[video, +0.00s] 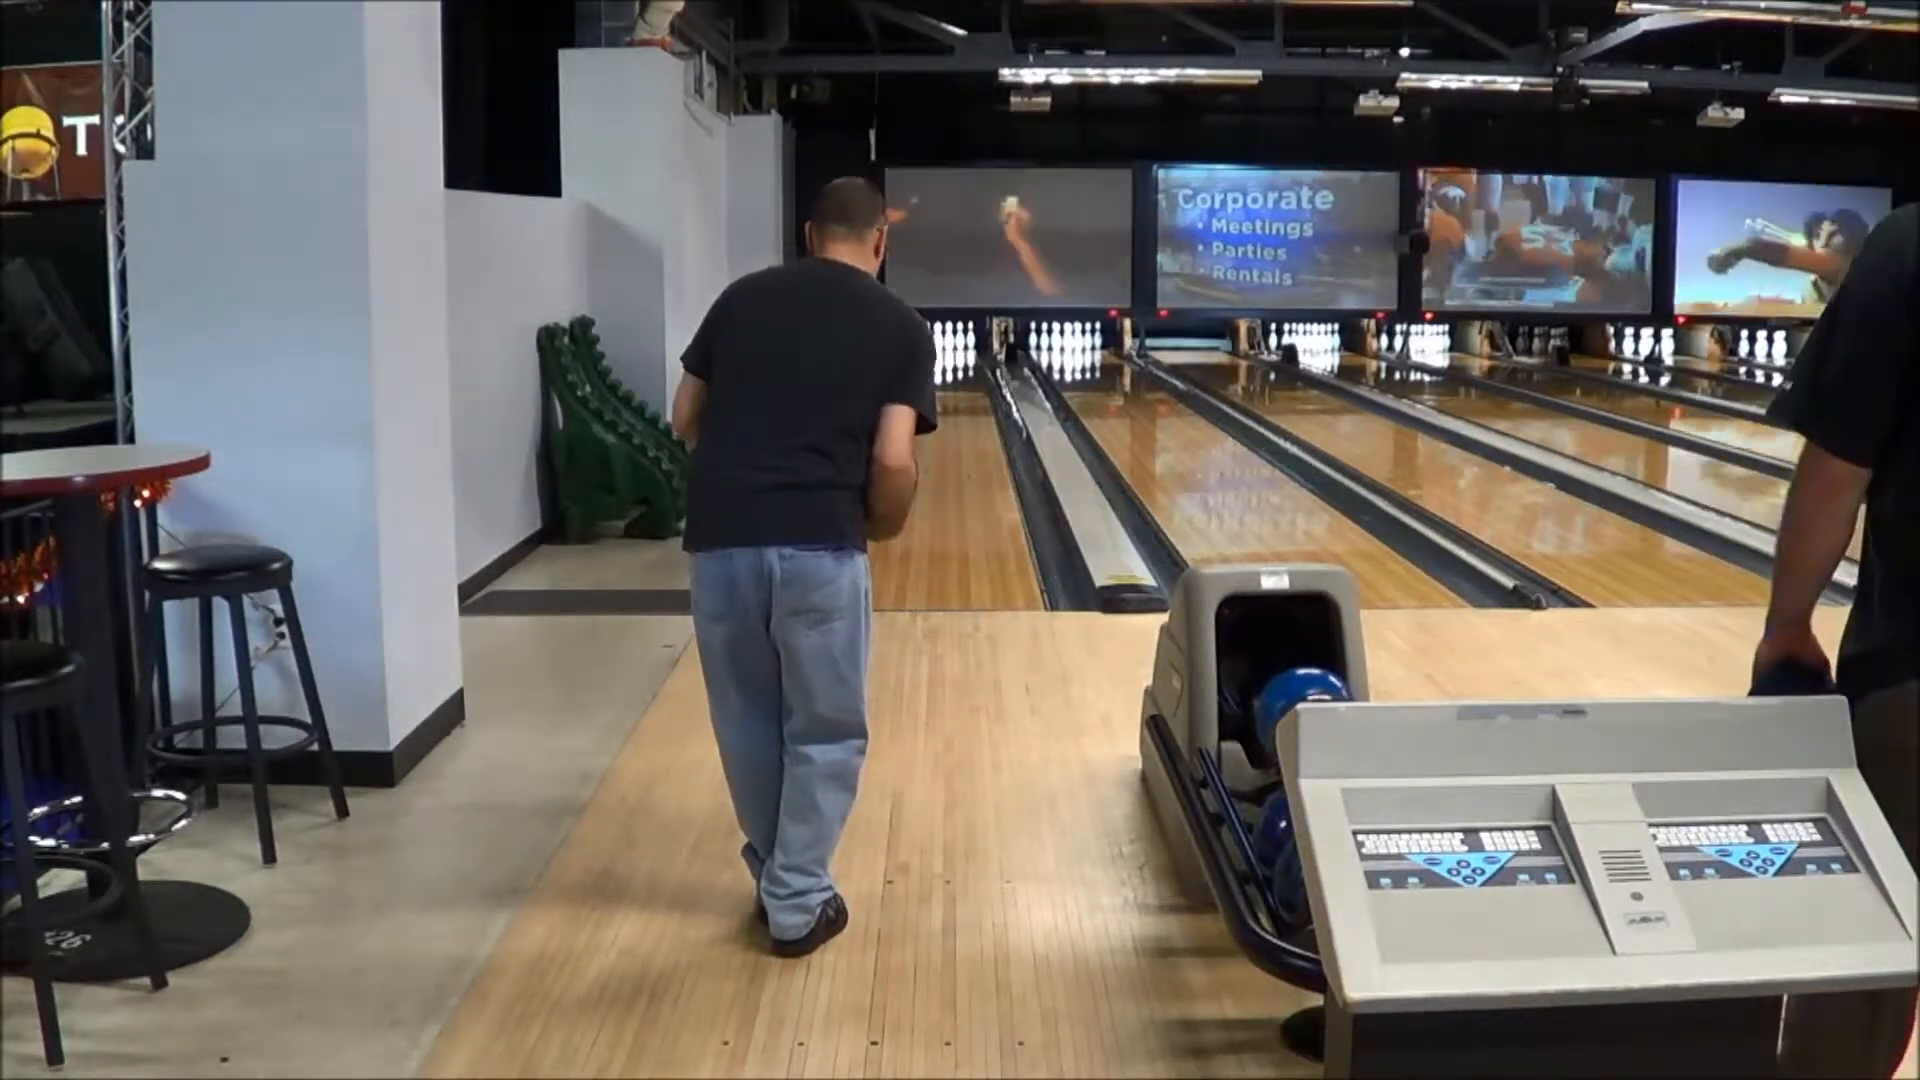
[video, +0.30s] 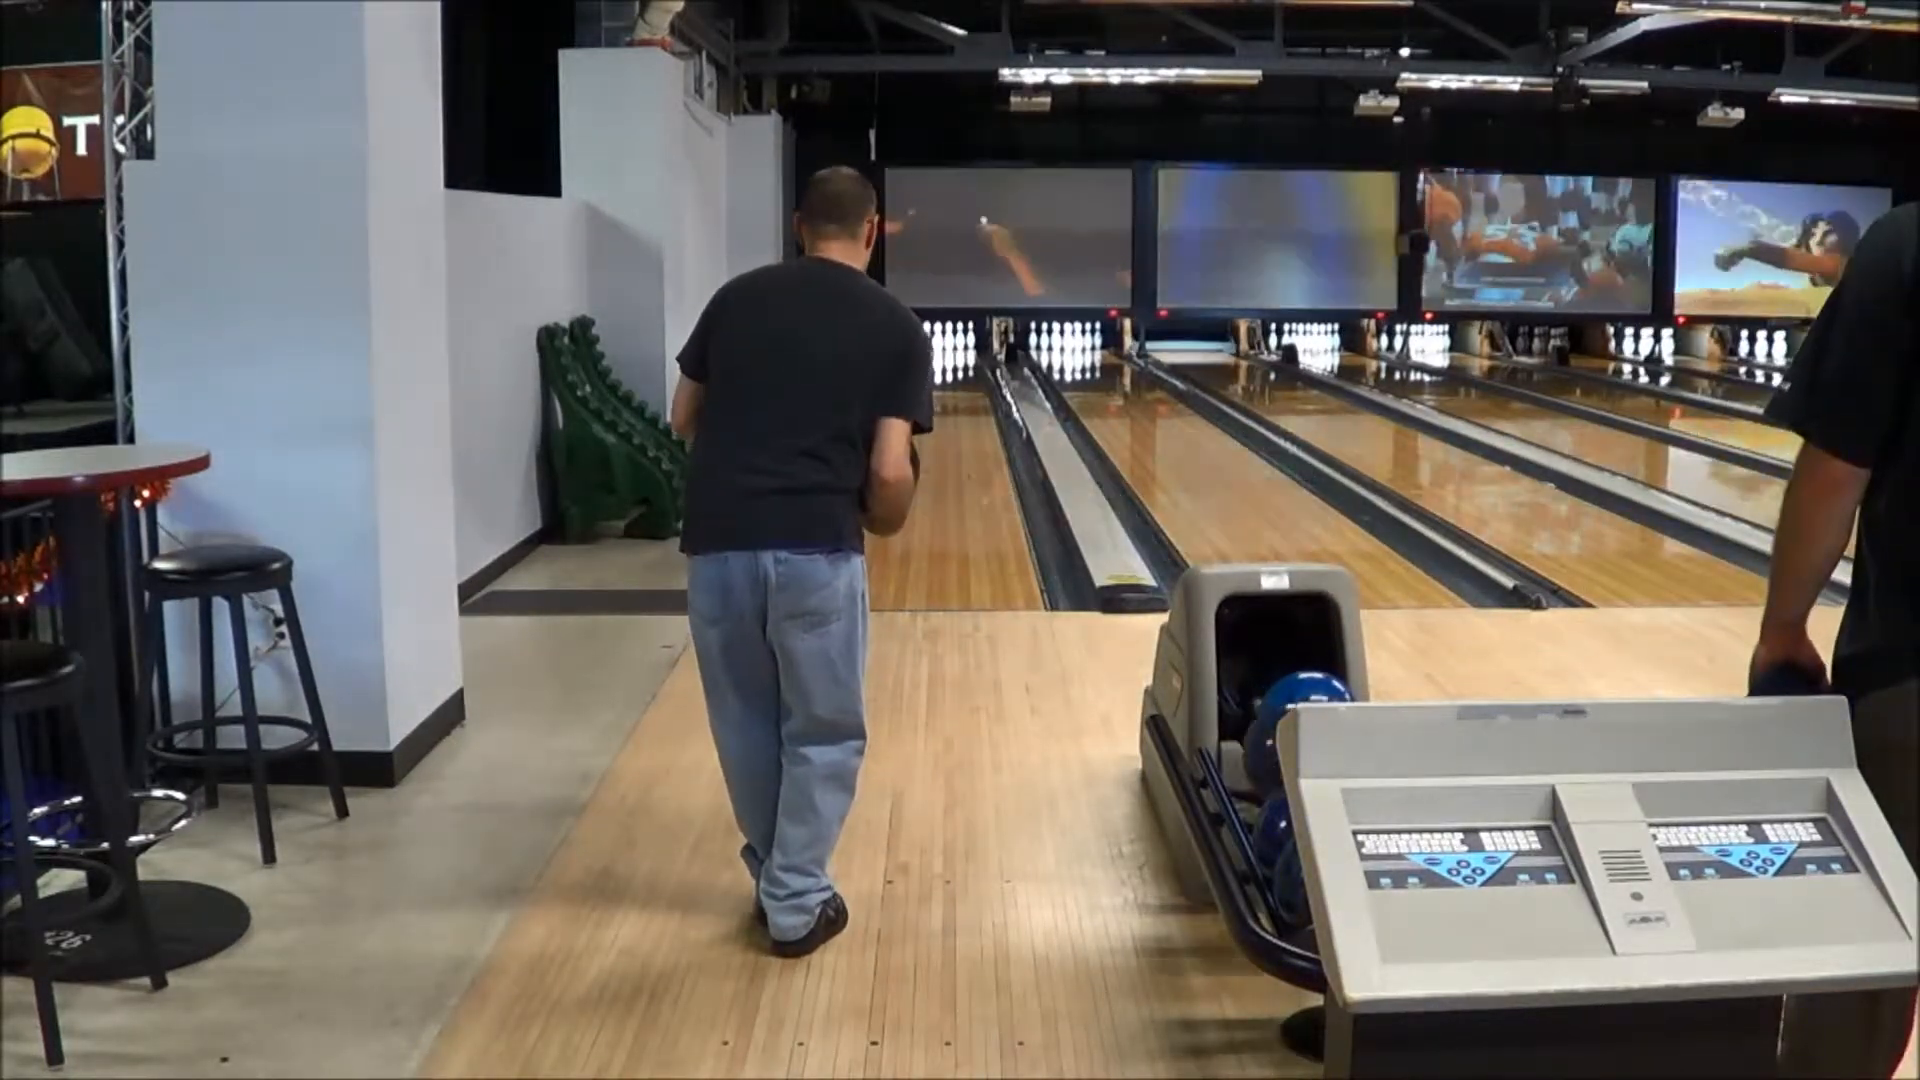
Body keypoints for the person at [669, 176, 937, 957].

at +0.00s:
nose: (882, 249)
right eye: (886, 238)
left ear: (808, 234)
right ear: (883, 237)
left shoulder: (744, 296)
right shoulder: (898, 324)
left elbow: (686, 416)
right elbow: (893, 460)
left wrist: (735, 470)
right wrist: (878, 528)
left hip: (720, 540)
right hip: (820, 543)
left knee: (744, 715)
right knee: (826, 729)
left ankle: (772, 868)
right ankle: (793, 904)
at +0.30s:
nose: (870, 240)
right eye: (877, 229)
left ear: (799, 227)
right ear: (875, 232)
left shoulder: (738, 296)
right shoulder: (894, 325)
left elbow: (684, 416)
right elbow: (889, 470)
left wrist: (739, 458)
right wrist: (881, 521)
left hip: (716, 539)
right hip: (816, 542)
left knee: (744, 716)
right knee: (825, 730)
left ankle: (772, 871)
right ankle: (792, 904)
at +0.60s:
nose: (857, 232)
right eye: (862, 221)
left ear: (782, 225)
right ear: (859, 227)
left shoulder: (727, 297)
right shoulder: (883, 323)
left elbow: (688, 420)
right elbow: (886, 484)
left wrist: (734, 462)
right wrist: (877, 503)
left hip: (715, 540)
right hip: (815, 543)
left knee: (741, 718)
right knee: (822, 730)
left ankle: (768, 871)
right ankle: (793, 905)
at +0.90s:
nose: (851, 235)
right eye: (854, 223)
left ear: (773, 226)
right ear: (850, 228)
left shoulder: (718, 301)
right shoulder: (869, 325)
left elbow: (686, 420)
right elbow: (872, 484)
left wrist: (740, 451)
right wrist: (885, 513)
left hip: (705, 551)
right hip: (807, 552)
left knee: (735, 722)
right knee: (819, 733)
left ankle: (768, 873)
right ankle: (793, 904)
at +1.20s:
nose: (847, 237)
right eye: (851, 226)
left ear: (770, 228)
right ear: (847, 231)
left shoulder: (714, 303)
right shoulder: (868, 328)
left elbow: (684, 425)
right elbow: (873, 489)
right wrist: (887, 528)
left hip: (702, 557)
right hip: (804, 558)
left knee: (732, 725)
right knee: (817, 735)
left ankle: (769, 872)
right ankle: (793, 904)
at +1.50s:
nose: (851, 237)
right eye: (854, 226)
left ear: (772, 228)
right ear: (849, 230)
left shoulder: (715, 302)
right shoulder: (870, 326)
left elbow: (683, 423)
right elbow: (871, 477)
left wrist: (724, 485)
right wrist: (878, 537)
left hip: (701, 557)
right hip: (803, 557)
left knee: (732, 724)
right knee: (817, 736)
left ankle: (768, 870)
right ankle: (794, 904)